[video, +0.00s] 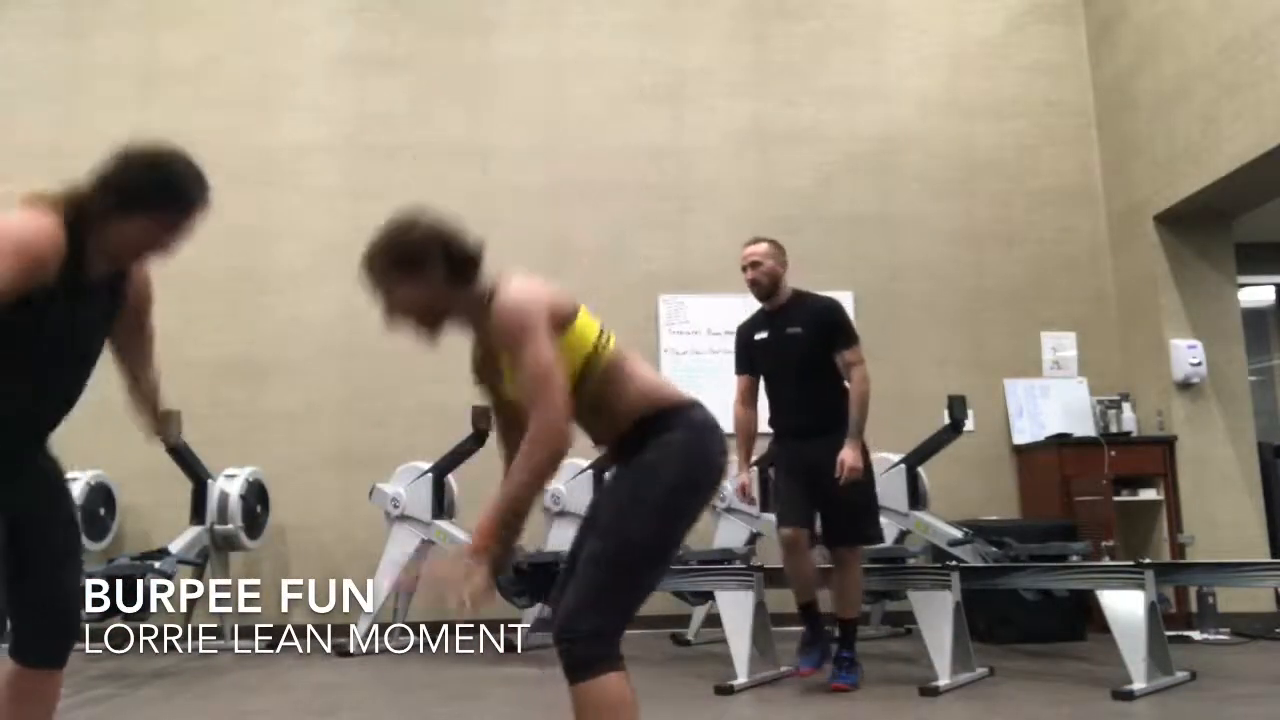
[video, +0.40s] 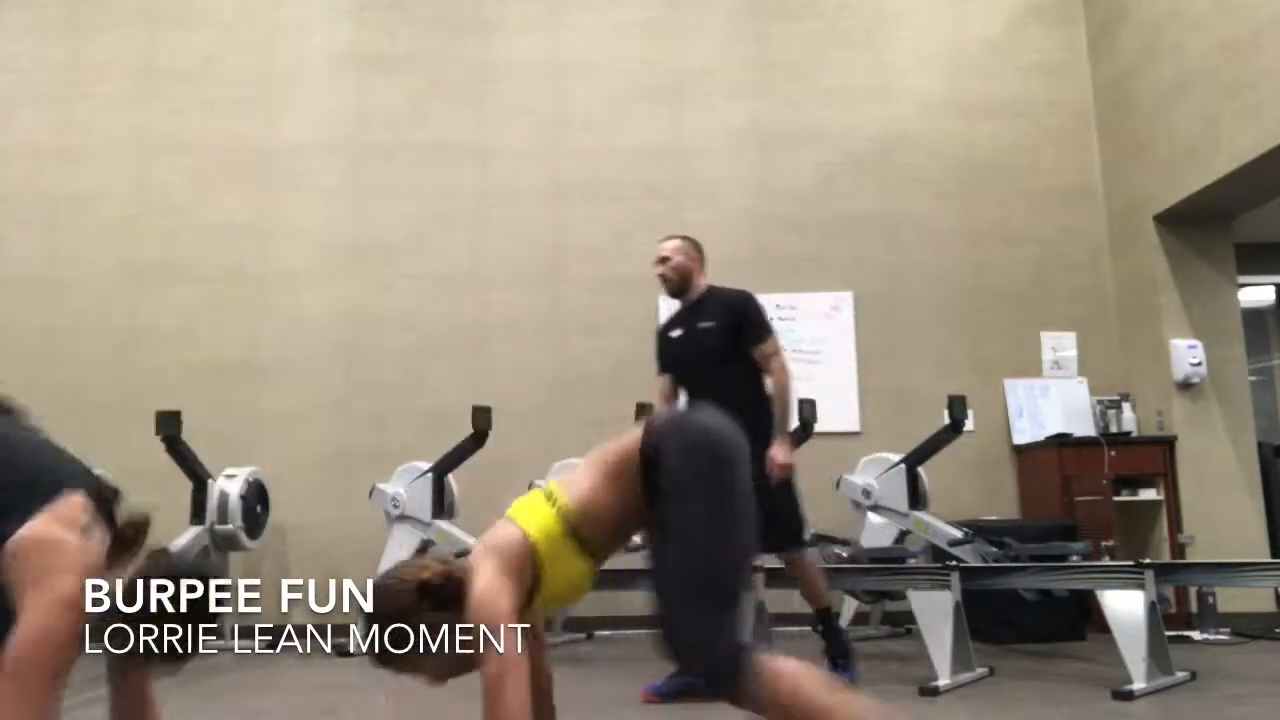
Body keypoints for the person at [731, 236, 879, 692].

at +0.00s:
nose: (751, 274)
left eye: (758, 265)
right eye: (746, 269)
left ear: (783, 265)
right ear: (743, 277)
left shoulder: (824, 311)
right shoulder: (749, 333)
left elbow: (858, 373)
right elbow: (745, 402)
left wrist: (854, 441)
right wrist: (744, 465)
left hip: (838, 447)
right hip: (789, 449)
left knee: (845, 549)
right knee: (791, 537)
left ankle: (846, 650)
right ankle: (813, 632)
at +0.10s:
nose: (738, 273)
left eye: (745, 264)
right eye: (733, 268)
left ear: (771, 265)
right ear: (733, 276)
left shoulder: (814, 311)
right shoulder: (739, 333)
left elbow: (849, 374)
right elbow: (737, 404)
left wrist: (842, 440)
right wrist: (735, 469)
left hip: (827, 447)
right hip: (775, 450)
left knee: (840, 552)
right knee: (763, 537)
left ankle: (845, 656)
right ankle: (780, 652)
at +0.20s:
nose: (716, 274)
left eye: (723, 265)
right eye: (712, 269)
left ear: (750, 266)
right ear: (711, 278)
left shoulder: (793, 311)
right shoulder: (720, 335)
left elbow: (831, 373)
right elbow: (718, 406)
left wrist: (827, 440)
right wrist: (719, 467)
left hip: (810, 450)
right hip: (760, 453)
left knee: (829, 553)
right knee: (738, 551)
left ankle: (844, 654)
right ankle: (722, 656)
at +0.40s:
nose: (660, 269)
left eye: (669, 261)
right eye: (658, 263)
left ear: (697, 264)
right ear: (661, 273)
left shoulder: (737, 306)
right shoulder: (668, 332)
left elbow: (777, 369)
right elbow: (667, 398)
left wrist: (781, 438)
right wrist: (663, 451)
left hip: (757, 451)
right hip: (708, 458)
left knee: (793, 553)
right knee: (703, 558)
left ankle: (833, 635)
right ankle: (700, 663)